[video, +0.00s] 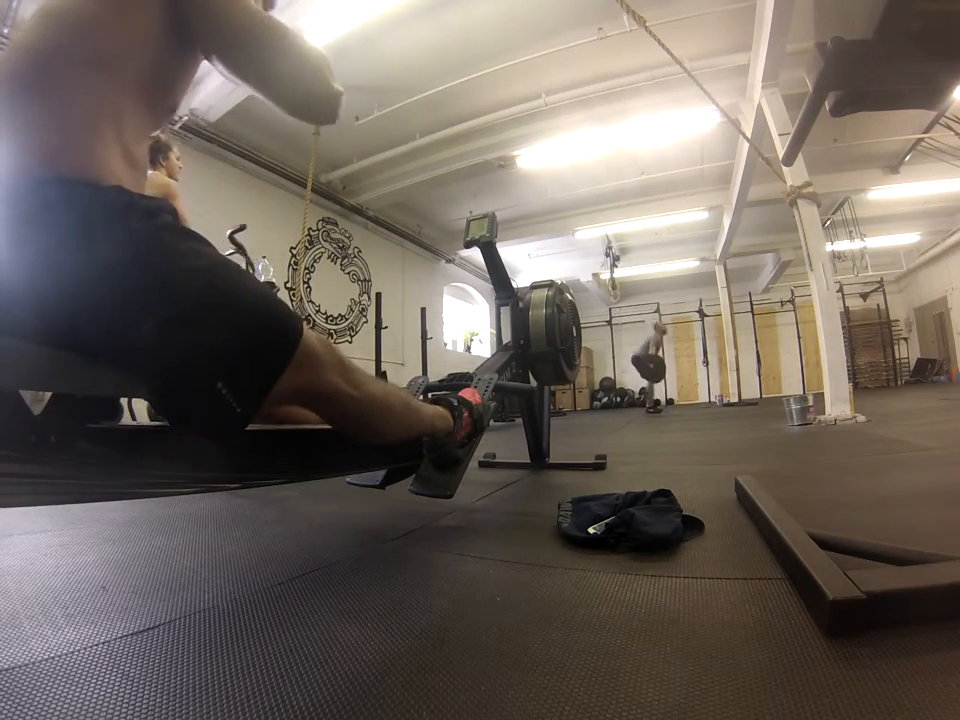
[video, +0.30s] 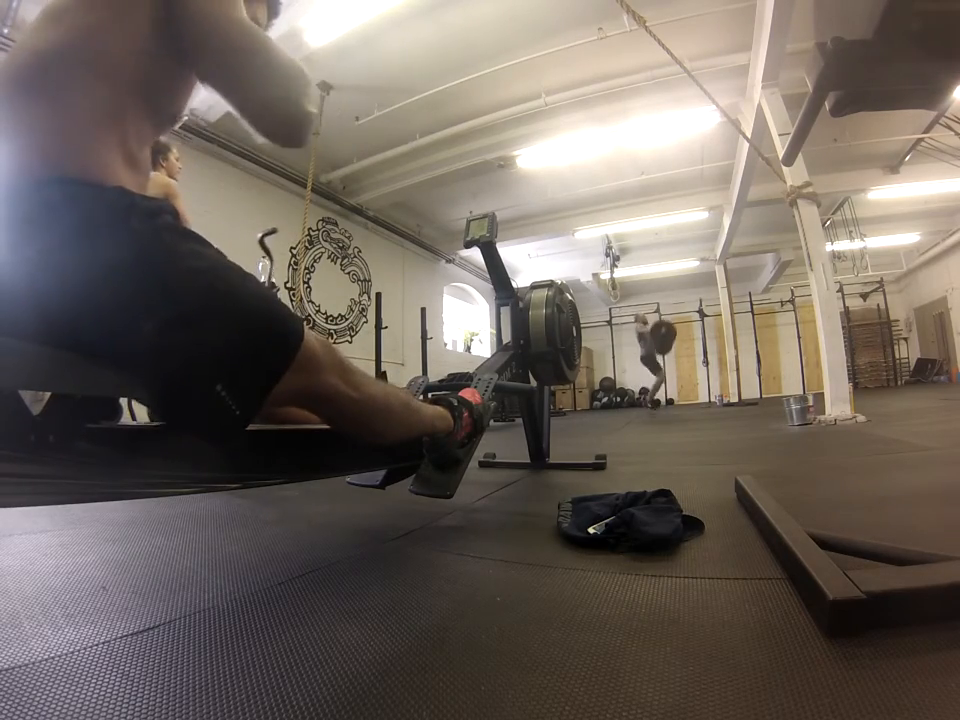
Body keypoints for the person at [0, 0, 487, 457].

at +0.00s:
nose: (265, 14)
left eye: (264, 11)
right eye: (263, 7)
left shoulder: (57, 25)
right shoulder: (184, 5)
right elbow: (321, 100)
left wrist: (158, 165)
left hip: (11, 227)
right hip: (94, 225)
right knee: (331, 382)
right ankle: (445, 424)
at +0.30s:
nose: (262, 36)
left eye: (263, 28)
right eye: (262, 23)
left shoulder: (61, 24)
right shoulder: (177, 7)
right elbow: (291, 120)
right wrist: (296, 74)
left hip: (12, 224)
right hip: (86, 222)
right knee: (326, 378)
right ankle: (443, 423)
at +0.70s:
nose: (259, 70)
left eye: (272, 59)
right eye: (270, 46)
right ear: (250, 9)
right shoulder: (209, 3)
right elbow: (117, 34)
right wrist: (236, 231)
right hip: (60, 227)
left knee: (267, 348)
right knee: (331, 317)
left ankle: (358, 432)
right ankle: (443, 427)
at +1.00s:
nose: (315, 142)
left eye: (335, 102)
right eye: (333, 94)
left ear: (290, 51)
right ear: (320, 70)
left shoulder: (203, 93)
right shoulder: (304, 70)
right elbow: (402, 183)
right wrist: (451, 267)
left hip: (105, 299)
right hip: (190, 286)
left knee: (278, 301)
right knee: (398, 270)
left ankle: (363, 415)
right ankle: (443, 426)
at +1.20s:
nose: (400, 150)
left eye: (398, 146)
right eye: (403, 144)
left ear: (344, 121)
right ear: (394, 134)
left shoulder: (293, 146)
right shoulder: (392, 147)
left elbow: (309, 261)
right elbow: (474, 249)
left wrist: (381, 336)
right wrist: (504, 327)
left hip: (186, 325)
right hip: (267, 312)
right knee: (447, 257)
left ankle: (362, 410)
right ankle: (442, 428)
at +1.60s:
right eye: (425, 154)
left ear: (359, 144)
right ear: (418, 150)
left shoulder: (313, 176)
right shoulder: (418, 170)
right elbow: (495, 265)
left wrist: (394, 349)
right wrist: (508, 338)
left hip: (227, 343)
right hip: (311, 325)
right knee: (462, 258)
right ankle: (440, 427)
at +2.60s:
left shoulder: (114, 41)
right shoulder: (245, 12)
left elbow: (199, 178)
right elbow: (341, 130)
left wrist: (294, 244)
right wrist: (415, 210)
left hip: (96, 300)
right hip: (183, 282)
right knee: (402, 265)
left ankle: (366, 414)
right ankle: (443, 421)